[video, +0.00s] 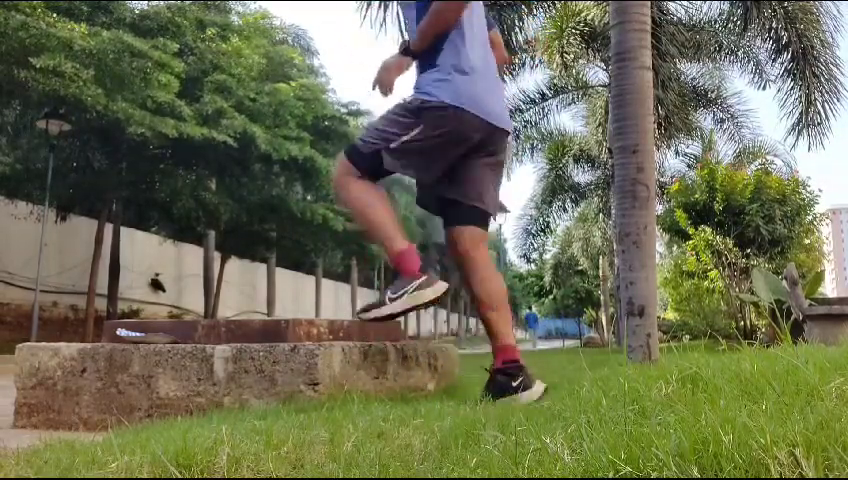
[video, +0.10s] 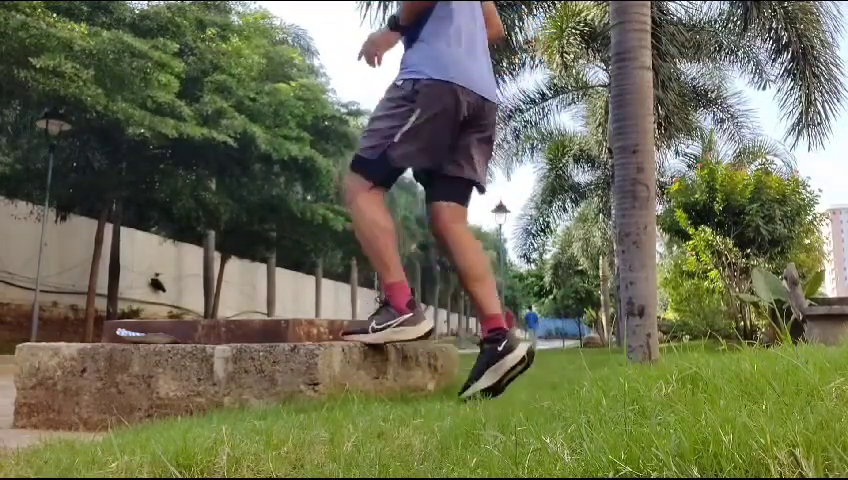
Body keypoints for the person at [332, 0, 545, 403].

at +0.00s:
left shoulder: (426, 4)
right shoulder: (467, 6)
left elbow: (454, 5)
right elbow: (499, 54)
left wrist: (405, 55)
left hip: (446, 97)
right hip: (495, 114)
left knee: (349, 174)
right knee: (469, 241)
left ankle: (410, 270)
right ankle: (510, 368)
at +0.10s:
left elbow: (419, 3)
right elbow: (494, 27)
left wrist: (391, 32)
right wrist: (438, 45)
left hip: (432, 76)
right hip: (483, 92)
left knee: (360, 186)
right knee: (450, 216)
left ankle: (400, 305)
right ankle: (499, 336)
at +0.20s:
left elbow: (408, 3)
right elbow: (493, 18)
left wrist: (385, 24)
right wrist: (448, 47)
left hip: (428, 66)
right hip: (474, 76)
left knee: (379, 183)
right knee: (418, 195)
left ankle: (402, 313)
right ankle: (471, 306)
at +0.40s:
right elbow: (501, 11)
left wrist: (379, 8)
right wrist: (462, 45)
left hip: (440, 64)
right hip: (478, 74)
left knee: (395, 185)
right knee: (425, 195)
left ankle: (458, 302)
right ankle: (428, 312)